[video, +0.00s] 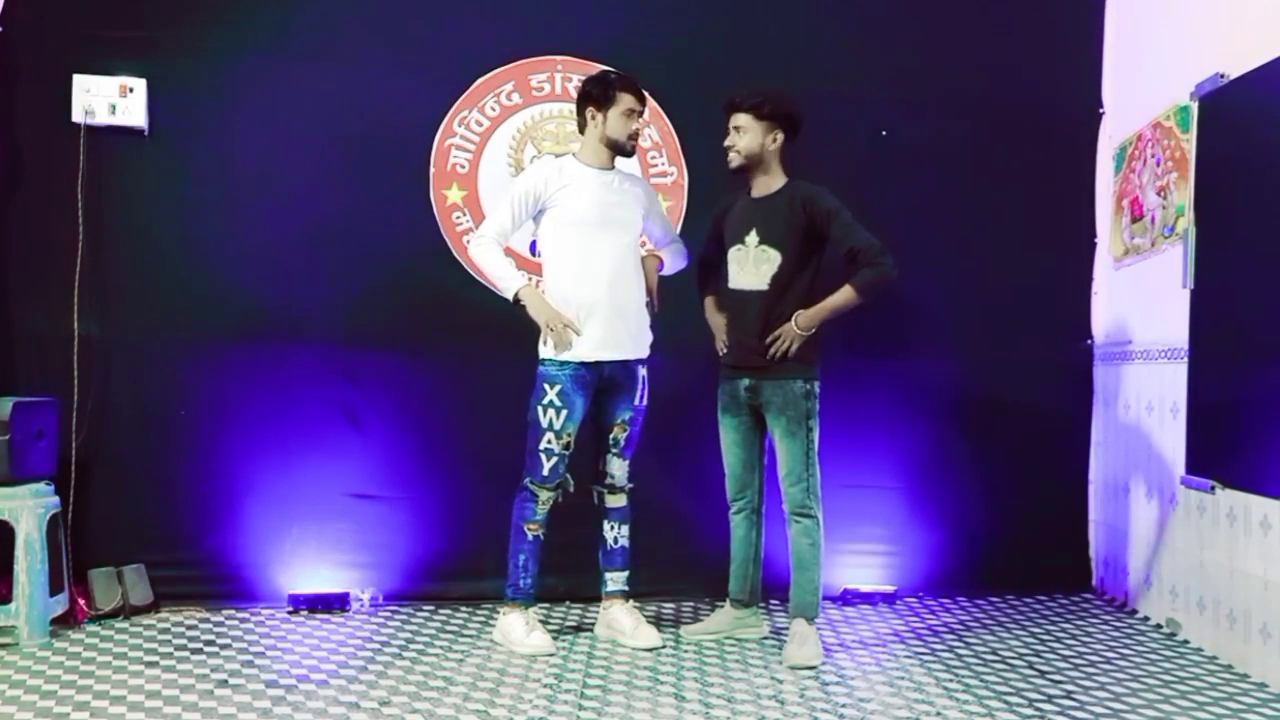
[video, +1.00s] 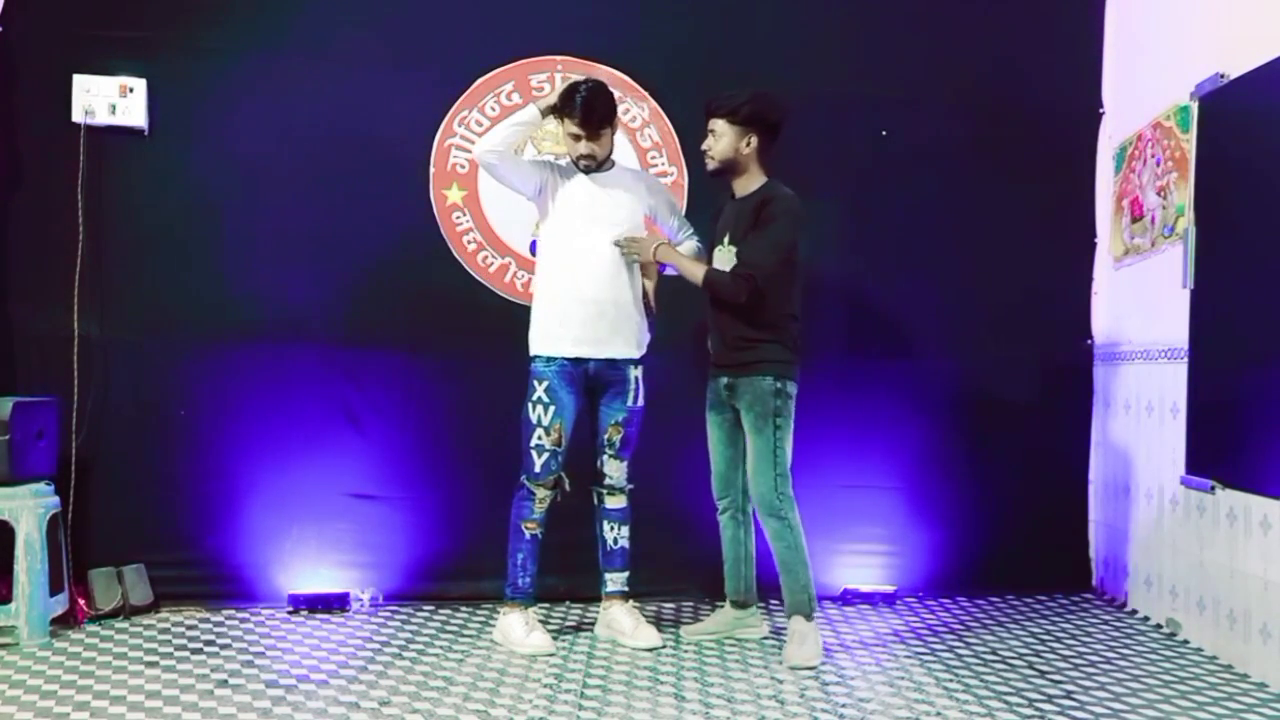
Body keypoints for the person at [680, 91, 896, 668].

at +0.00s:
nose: (729, 140)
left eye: (739, 131)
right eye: (728, 132)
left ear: (774, 138)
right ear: (740, 143)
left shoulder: (811, 202)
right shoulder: (730, 210)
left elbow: (876, 267)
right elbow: (706, 271)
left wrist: (812, 316)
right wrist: (716, 316)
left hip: (789, 375)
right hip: (735, 375)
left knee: (800, 503)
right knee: (740, 498)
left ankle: (803, 622)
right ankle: (742, 609)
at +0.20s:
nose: (725, 138)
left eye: (735, 129)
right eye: (727, 130)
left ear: (770, 137)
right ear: (752, 140)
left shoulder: (808, 202)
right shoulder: (728, 209)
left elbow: (873, 268)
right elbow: (702, 270)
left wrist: (804, 313)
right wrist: (712, 316)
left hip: (784, 372)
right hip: (730, 372)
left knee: (797, 503)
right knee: (738, 498)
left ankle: (802, 623)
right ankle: (742, 609)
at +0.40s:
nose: (722, 138)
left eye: (732, 129)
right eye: (724, 130)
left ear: (766, 137)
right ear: (748, 140)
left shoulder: (804, 200)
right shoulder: (726, 208)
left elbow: (869, 267)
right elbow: (705, 273)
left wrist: (798, 310)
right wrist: (711, 314)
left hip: (781, 371)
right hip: (727, 371)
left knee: (795, 502)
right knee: (736, 498)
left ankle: (802, 622)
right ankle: (742, 609)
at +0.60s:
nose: (717, 139)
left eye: (728, 129)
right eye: (719, 129)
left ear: (762, 138)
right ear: (742, 140)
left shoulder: (799, 200)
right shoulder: (723, 210)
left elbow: (853, 268)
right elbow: (707, 277)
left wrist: (782, 311)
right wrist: (710, 314)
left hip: (777, 376)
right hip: (725, 376)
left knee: (792, 503)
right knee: (734, 499)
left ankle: (802, 622)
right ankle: (741, 610)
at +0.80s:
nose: (713, 142)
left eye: (723, 133)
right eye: (714, 132)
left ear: (755, 140)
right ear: (741, 141)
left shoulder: (792, 204)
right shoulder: (727, 210)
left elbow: (783, 291)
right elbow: (720, 277)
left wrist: (699, 279)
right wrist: (670, 277)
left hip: (776, 378)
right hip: (726, 378)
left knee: (791, 503)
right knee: (730, 498)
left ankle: (801, 621)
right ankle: (741, 609)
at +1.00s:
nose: (705, 142)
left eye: (715, 133)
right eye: (706, 132)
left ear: (750, 141)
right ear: (733, 143)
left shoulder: (780, 207)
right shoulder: (727, 210)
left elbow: (742, 289)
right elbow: (715, 278)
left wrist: (677, 258)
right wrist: (666, 253)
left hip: (766, 376)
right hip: (722, 375)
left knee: (771, 496)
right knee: (729, 497)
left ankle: (802, 620)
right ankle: (741, 610)